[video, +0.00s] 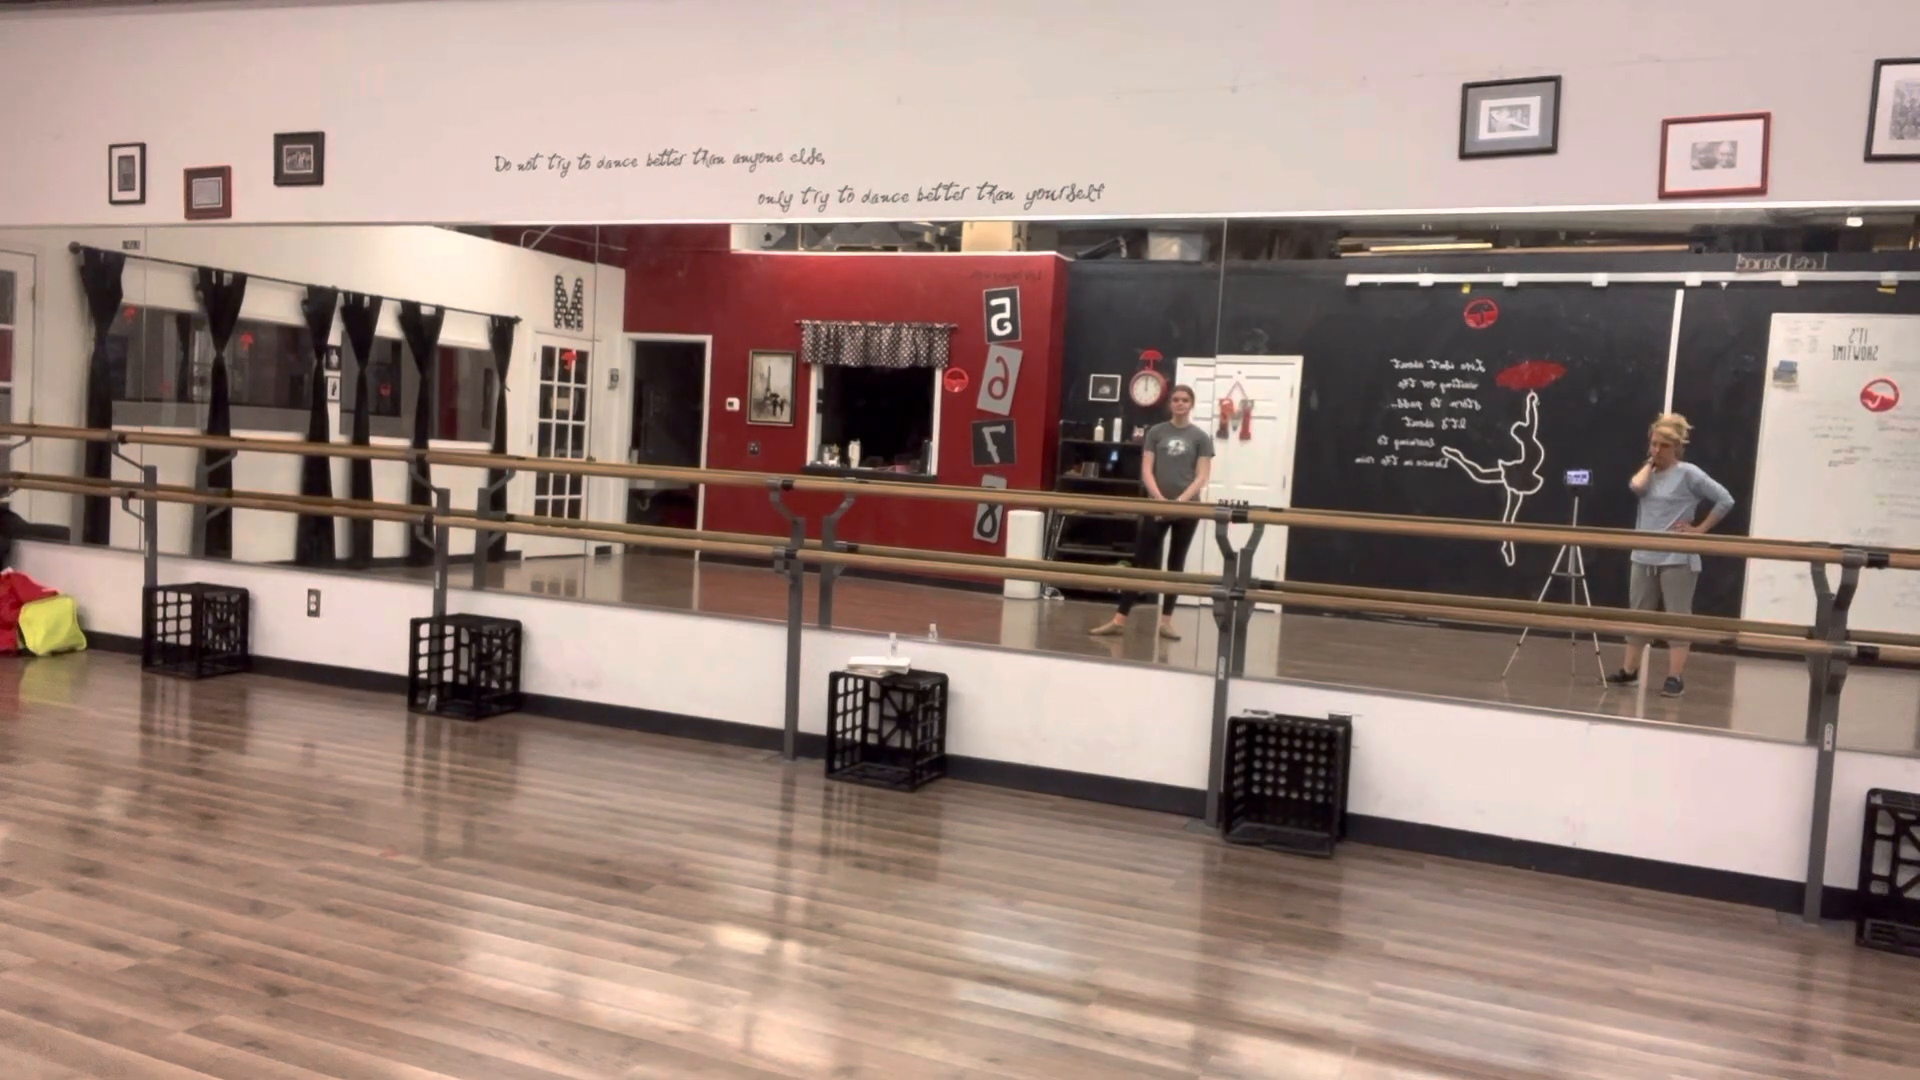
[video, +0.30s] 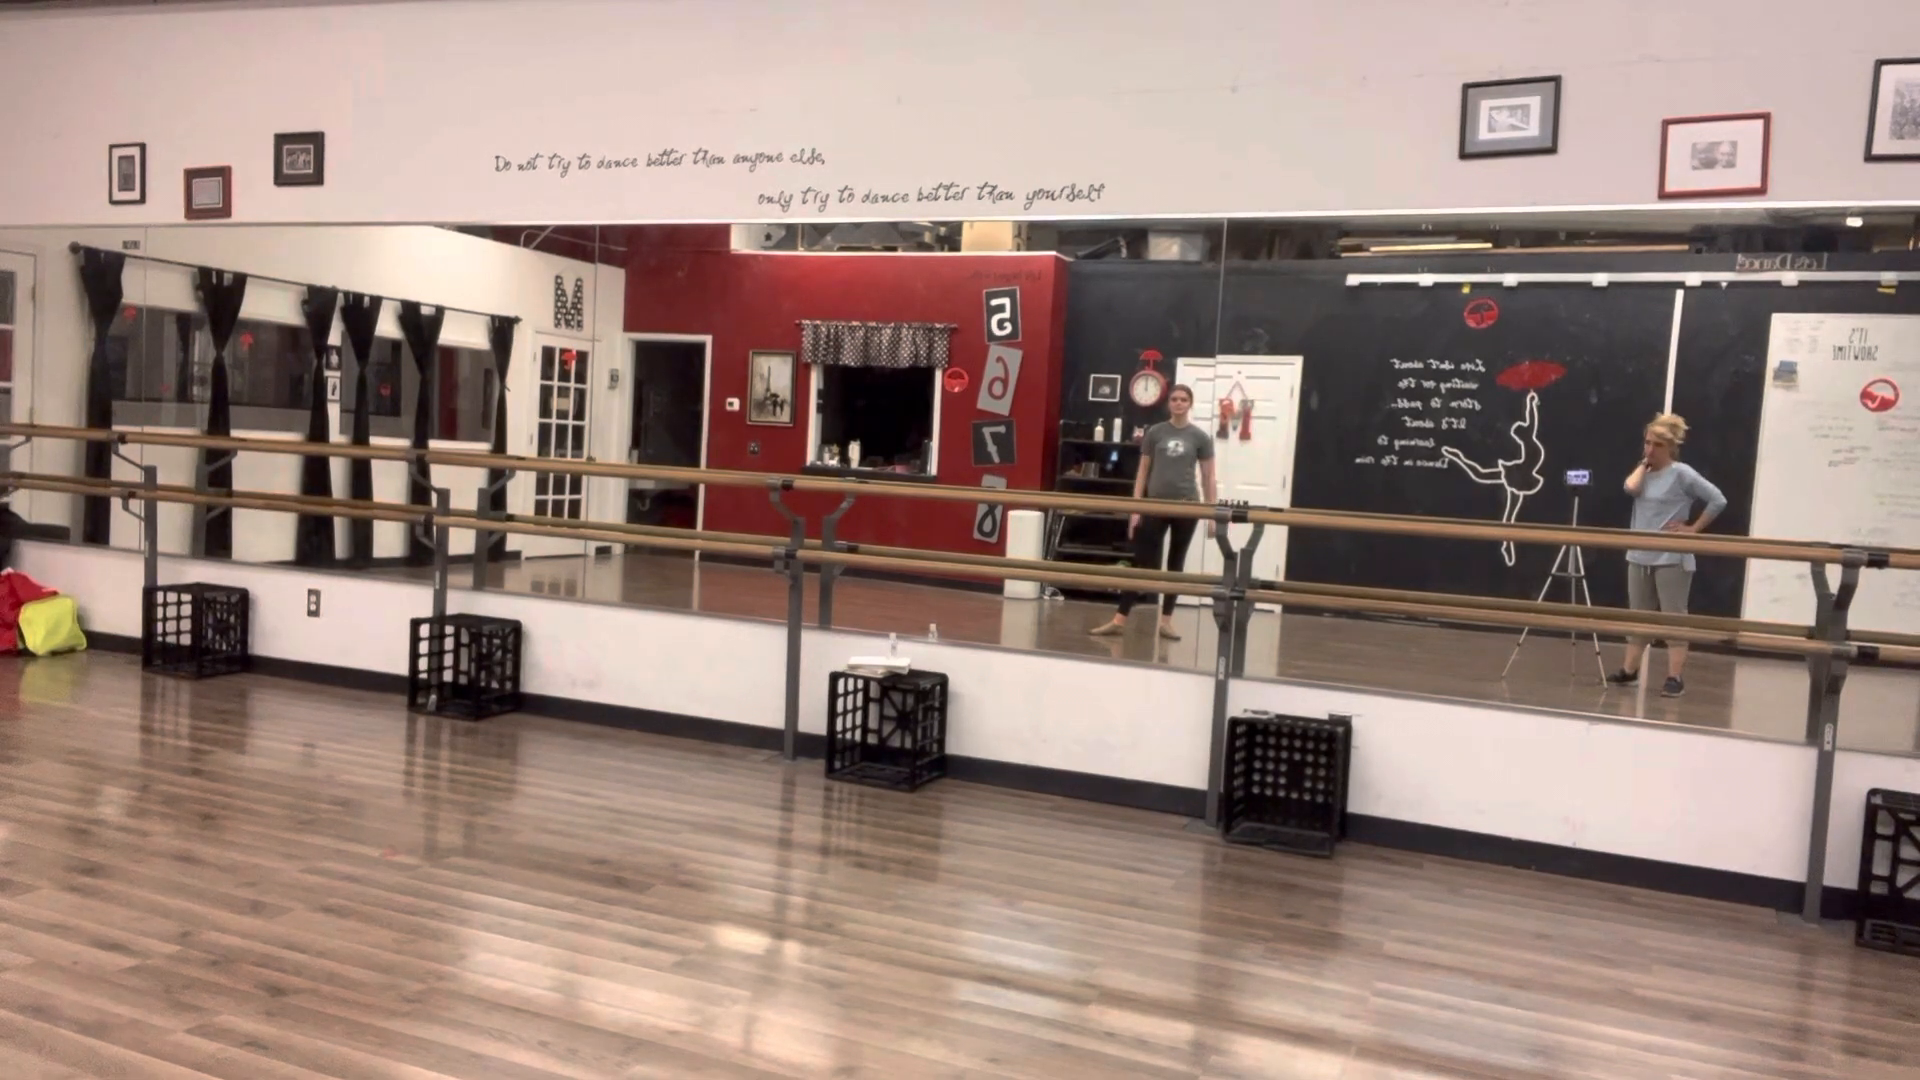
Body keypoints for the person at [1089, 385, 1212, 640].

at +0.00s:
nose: (1180, 404)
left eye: (1185, 400)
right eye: (1176, 400)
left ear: (1192, 405)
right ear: (1170, 403)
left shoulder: (1201, 438)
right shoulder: (1155, 432)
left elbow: (1202, 477)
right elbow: (1146, 471)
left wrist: (1177, 503)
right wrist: (1160, 501)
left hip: (1186, 506)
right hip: (1157, 503)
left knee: (1176, 562)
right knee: (1142, 558)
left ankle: (1166, 619)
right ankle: (1120, 617)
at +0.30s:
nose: (1178, 404)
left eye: (1183, 400)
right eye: (1174, 399)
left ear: (1190, 404)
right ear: (1168, 403)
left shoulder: (1201, 438)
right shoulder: (1154, 433)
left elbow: (1208, 478)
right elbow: (1142, 472)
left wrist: (1211, 514)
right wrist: (1135, 508)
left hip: (1186, 510)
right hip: (1154, 507)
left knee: (1175, 565)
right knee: (1140, 560)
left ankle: (1165, 620)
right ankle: (1120, 618)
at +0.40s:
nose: (1177, 403)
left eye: (1182, 400)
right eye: (1174, 399)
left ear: (1190, 404)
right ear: (1168, 403)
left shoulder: (1201, 437)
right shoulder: (1154, 432)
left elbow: (1212, 476)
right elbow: (1141, 471)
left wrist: (1220, 506)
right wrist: (1128, 507)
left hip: (1186, 509)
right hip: (1155, 507)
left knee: (1175, 564)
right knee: (1141, 560)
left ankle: (1165, 620)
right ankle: (1120, 618)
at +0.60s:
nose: (1177, 403)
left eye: (1182, 399)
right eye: (1174, 399)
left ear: (1190, 404)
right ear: (1167, 403)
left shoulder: (1201, 435)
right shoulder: (1154, 432)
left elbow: (1216, 473)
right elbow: (1138, 470)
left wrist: (1227, 506)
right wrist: (1119, 507)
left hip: (1186, 509)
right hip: (1155, 506)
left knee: (1175, 564)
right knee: (1141, 560)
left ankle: (1165, 620)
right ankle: (1120, 618)